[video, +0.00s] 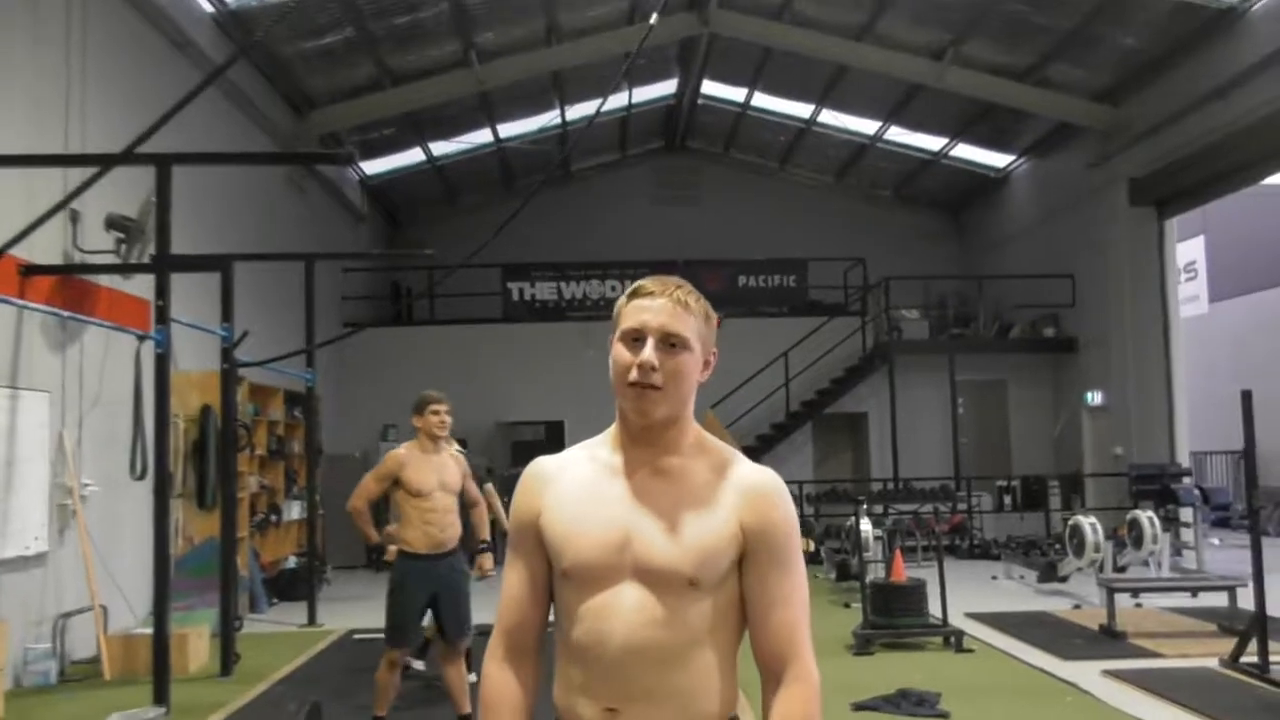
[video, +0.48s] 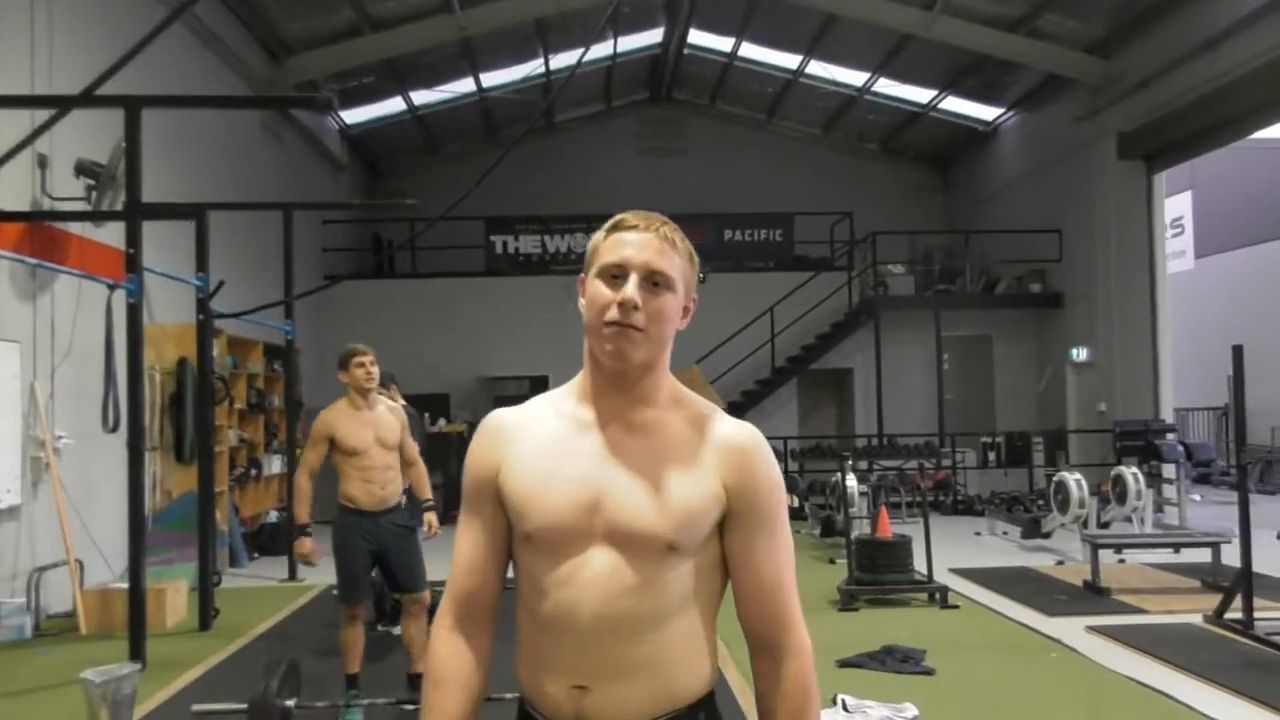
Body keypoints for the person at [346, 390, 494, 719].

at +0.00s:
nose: (444, 420)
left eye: (447, 414)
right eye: (435, 414)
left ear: (451, 420)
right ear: (417, 420)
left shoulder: (456, 459)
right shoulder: (399, 458)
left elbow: (476, 502)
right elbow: (356, 504)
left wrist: (484, 547)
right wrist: (378, 543)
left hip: (452, 563)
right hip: (410, 565)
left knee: (456, 647)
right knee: (396, 655)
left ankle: (466, 713)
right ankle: (380, 714)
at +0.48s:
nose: (370, 371)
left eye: (373, 365)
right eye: (361, 367)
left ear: (379, 371)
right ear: (344, 376)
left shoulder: (396, 413)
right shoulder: (331, 418)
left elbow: (413, 462)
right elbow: (305, 472)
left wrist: (429, 506)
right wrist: (302, 529)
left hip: (398, 519)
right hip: (353, 522)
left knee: (418, 601)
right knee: (355, 610)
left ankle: (418, 682)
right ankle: (352, 691)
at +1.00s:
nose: (396, 363)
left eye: (396, 357)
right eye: (390, 356)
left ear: (378, 362)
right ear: (367, 359)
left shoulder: (394, 402)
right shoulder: (334, 402)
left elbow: (409, 454)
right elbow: (314, 464)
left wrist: (421, 495)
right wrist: (325, 521)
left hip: (396, 508)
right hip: (354, 510)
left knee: (401, 598)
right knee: (358, 601)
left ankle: (404, 678)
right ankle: (359, 683)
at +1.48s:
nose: (376, 374)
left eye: (375, 367)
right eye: (369, 366)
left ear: (349, 370)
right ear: (347, 370)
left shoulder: (374, 409)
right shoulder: (315, 414)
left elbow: (380, 462)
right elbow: (298, 476)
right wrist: (306, 536)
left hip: (375, 506)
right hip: (335, 511)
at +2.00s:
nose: (336, 384)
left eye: (339, 376)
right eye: (326, 380)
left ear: (347, 379)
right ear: (312, 392)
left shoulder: (371, 421)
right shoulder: (303, 431)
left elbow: (385, 473)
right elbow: (285, 492)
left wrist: (390, 523)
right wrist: (295, 549)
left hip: (372, 531)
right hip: (331, 532)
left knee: (375, 622)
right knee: (337, 627)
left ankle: (372, 702)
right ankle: (337, 705)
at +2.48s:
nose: (330, 393)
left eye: (336, 387)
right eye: (323, 388)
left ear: (350, 393)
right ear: (315, 395)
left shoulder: (365, 439)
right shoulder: (294, 434)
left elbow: (375, 494)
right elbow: (272, 487)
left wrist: (380, 543)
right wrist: (266, 542)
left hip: (349, 539)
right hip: (306, 539)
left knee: (335, 630)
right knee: (320, 633)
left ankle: (324, 704)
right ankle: (324, 709)